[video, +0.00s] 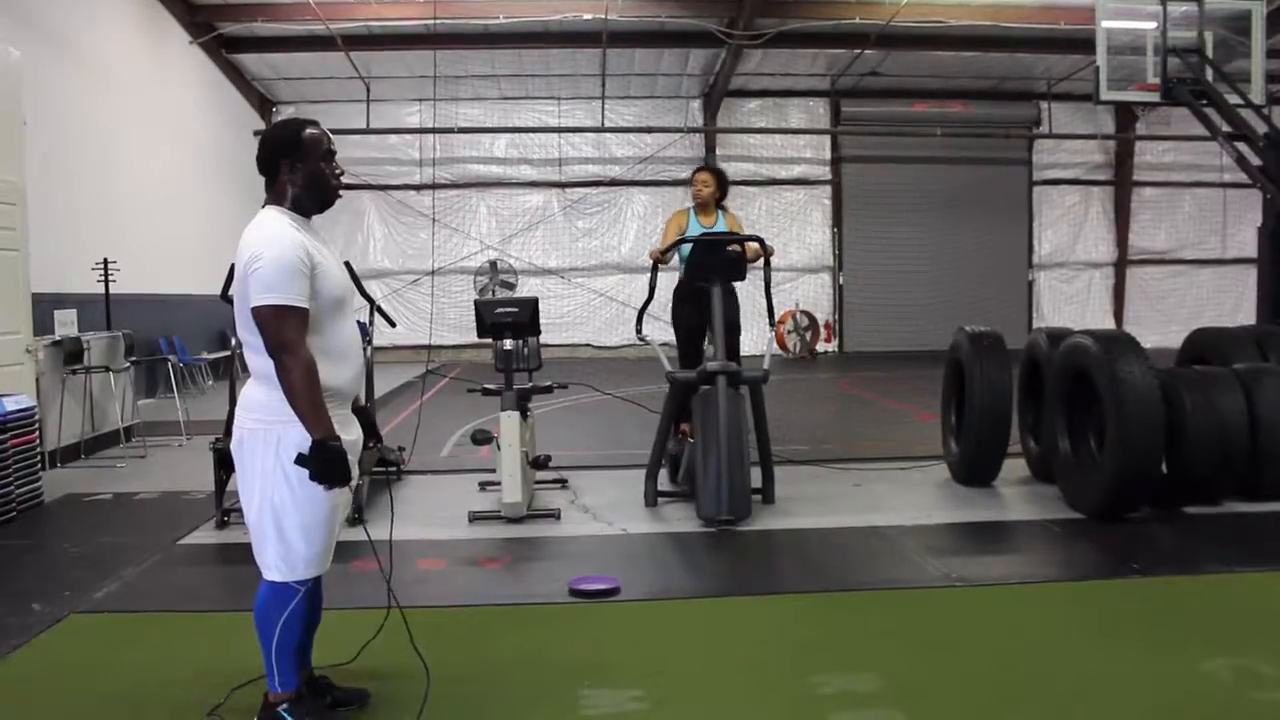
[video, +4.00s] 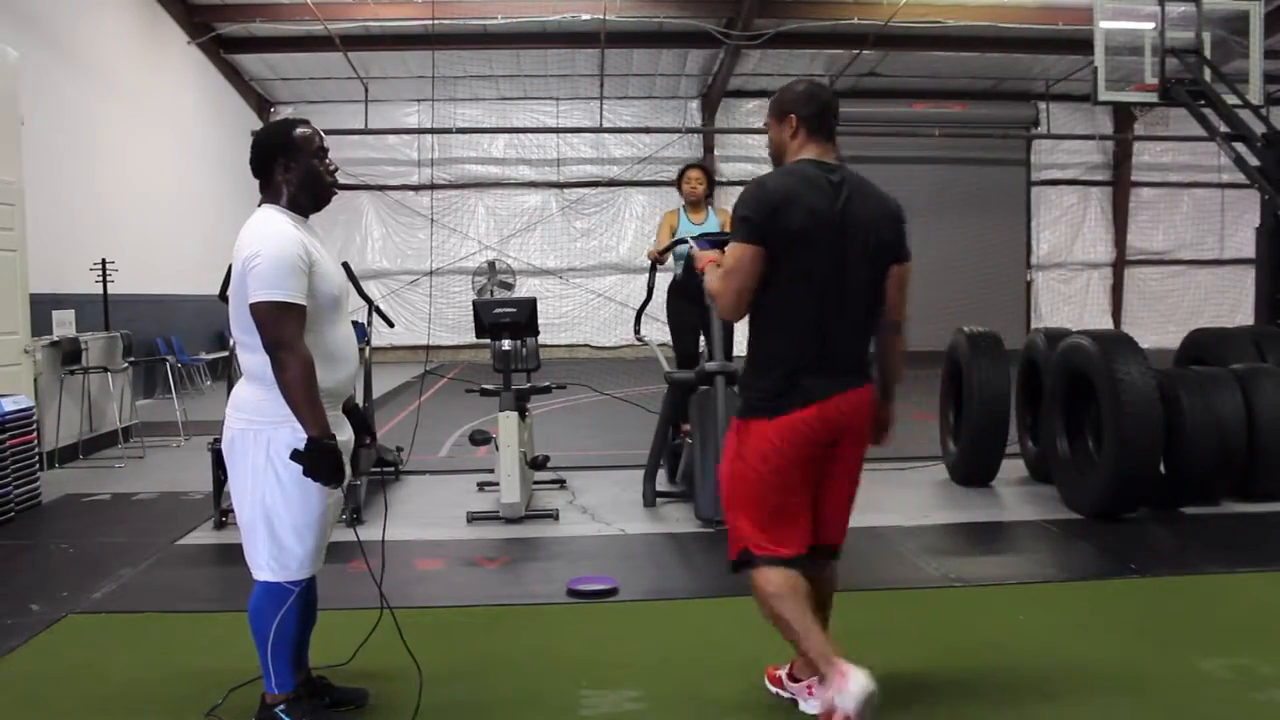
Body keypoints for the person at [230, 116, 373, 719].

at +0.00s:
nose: (338, 170)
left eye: (335, 159)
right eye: (326, 159)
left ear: (296, 171)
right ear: (290, 169)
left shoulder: (298, 237)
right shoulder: (274, 240)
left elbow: (322, 342)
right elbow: (286, 350)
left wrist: (358, 412)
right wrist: (324, 438)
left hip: (308, 428)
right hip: (283, 431)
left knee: (306, 566)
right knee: (290, 571)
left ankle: (299, 680)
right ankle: (283, 698)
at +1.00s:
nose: (335, 166)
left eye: (331, 155)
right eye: (321, 156)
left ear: (292, 170)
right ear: (287, 168)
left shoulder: (298, 235)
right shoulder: (273, 237)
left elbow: (317, 338)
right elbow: (284, 345)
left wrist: (354, 406)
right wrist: (321, 433)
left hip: (304, 427)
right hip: (278, 430)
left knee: (302, 564)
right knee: (284, 570)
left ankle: (298, 678)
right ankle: (280, 698)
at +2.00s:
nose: (333, 166)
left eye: (329, 155)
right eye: (320, 156)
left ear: (291, 171)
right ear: (285, 169)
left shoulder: (294, 237)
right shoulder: (271, 240)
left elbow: (313, 344)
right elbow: (280, 351)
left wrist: (351, 411)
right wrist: (315, 440)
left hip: (301, 427)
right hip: (278, 430)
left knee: (301, 565)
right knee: (285, 570)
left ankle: (298, 680)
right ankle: (282, 697)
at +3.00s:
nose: (335, 166)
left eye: (330, 155)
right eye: (321, 156)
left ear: (291, 171)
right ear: (285, 169)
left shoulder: (296, 238)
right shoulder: (271, 241)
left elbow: (316, 343)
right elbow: (282, 351)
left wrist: (352, 412)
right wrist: (319, 438)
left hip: (303, 428)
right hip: (277, 431)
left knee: (300, 566)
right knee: (282, 571)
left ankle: (298, 680)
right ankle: (280, 697)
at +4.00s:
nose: (333, 165)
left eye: (329, 154)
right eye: (320, 156)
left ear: (291, 171)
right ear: (286, 169)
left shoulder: (296, 236)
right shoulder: (273, 239)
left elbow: (316, 339)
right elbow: (283, 348)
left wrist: (351, 407)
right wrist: (318, 436)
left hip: (300, 427)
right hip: (276, 431)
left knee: (299, 565)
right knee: (283, 570)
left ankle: (297, 679)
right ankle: (280, 697)